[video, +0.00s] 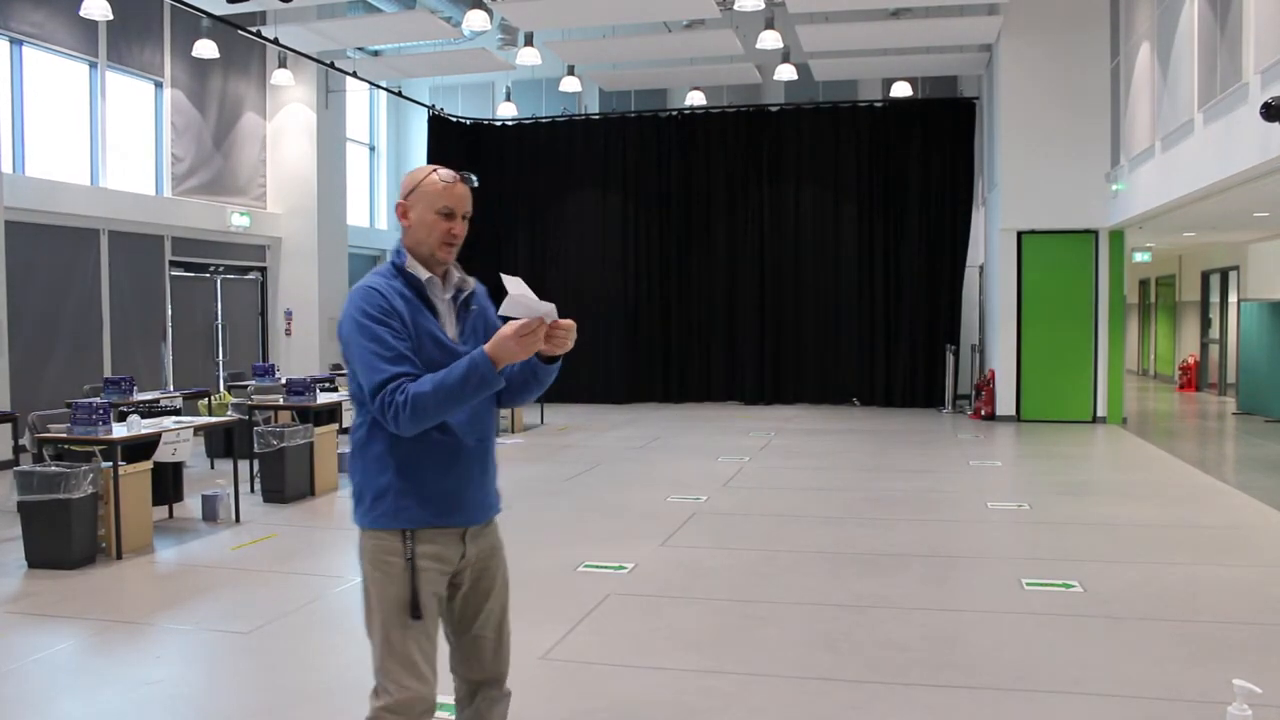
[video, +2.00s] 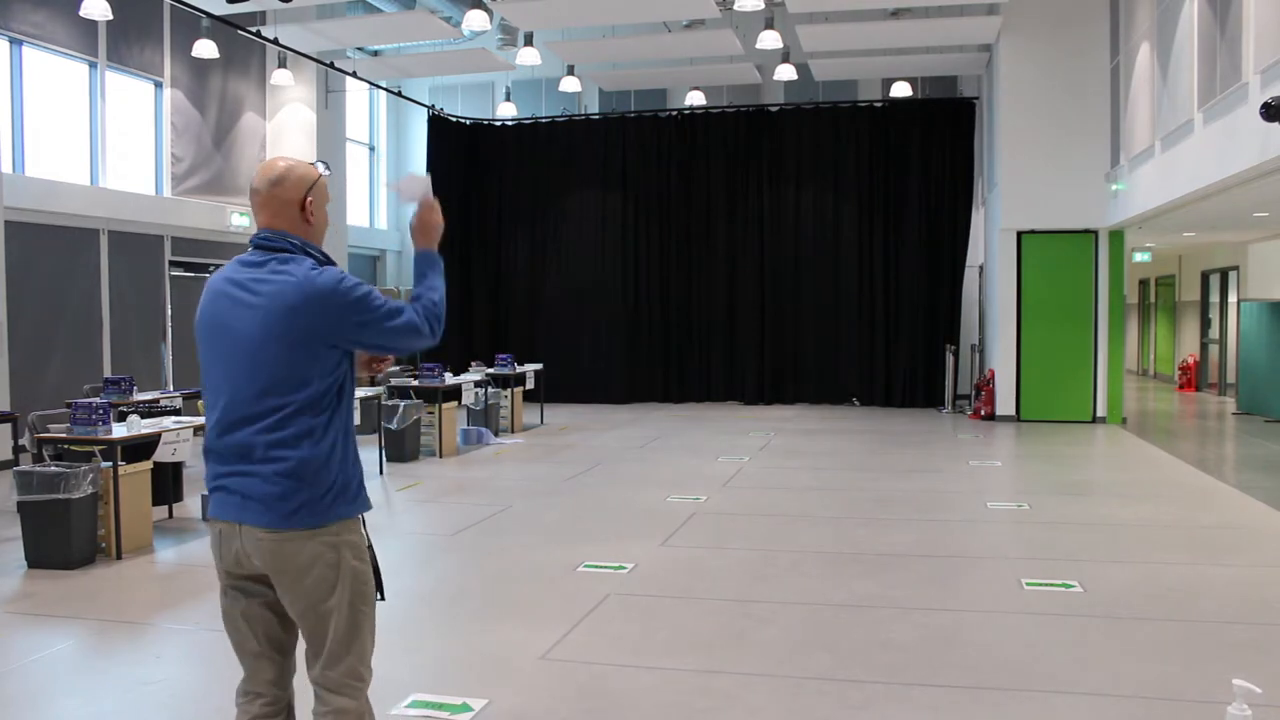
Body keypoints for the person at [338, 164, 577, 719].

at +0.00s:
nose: (458, 229)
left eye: (464, 218)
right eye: (445, 215)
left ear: (469, 223)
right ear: (404, 214)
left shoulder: (473, 298)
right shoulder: (371, 302)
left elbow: (507, 389)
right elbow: (399, 409)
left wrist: (548, 356)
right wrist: (492, 356)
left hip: (476, 523)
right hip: (402, 530)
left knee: (486, 690)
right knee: (407, 698)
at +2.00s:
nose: (329, 212)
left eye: (328, 201)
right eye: (326, 202)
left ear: (257, 211)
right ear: (308, 208)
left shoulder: (218, 287)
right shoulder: (322, 290)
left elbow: (262, 370)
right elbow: (424, 326)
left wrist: (345, 365)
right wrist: (427, 249)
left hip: (230, 523)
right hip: (311, 528)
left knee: (261, 689)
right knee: (341, 689)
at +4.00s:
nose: (464, 246)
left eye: (459, 240)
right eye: (461, 240)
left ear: (412, 262)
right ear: (459, 250)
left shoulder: (391, 328)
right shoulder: (491, 302)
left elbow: (392, 411)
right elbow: (552, 281)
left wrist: (448, 411)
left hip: (421, 494)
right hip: (484, 486)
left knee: (471, 613)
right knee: (471, 625)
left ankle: (498, 711)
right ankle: (423, 713)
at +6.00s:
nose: (428, 243)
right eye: (427, 235)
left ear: (370, 248)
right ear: (425, 245)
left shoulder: (345, 320)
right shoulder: (443, 310)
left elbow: (327, 414)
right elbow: (485, 393)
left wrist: (378, 412)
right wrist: (466, 439)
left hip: (371, 500)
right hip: (432, 499)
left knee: (439, 617)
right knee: (414, 647)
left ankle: (485, 706)